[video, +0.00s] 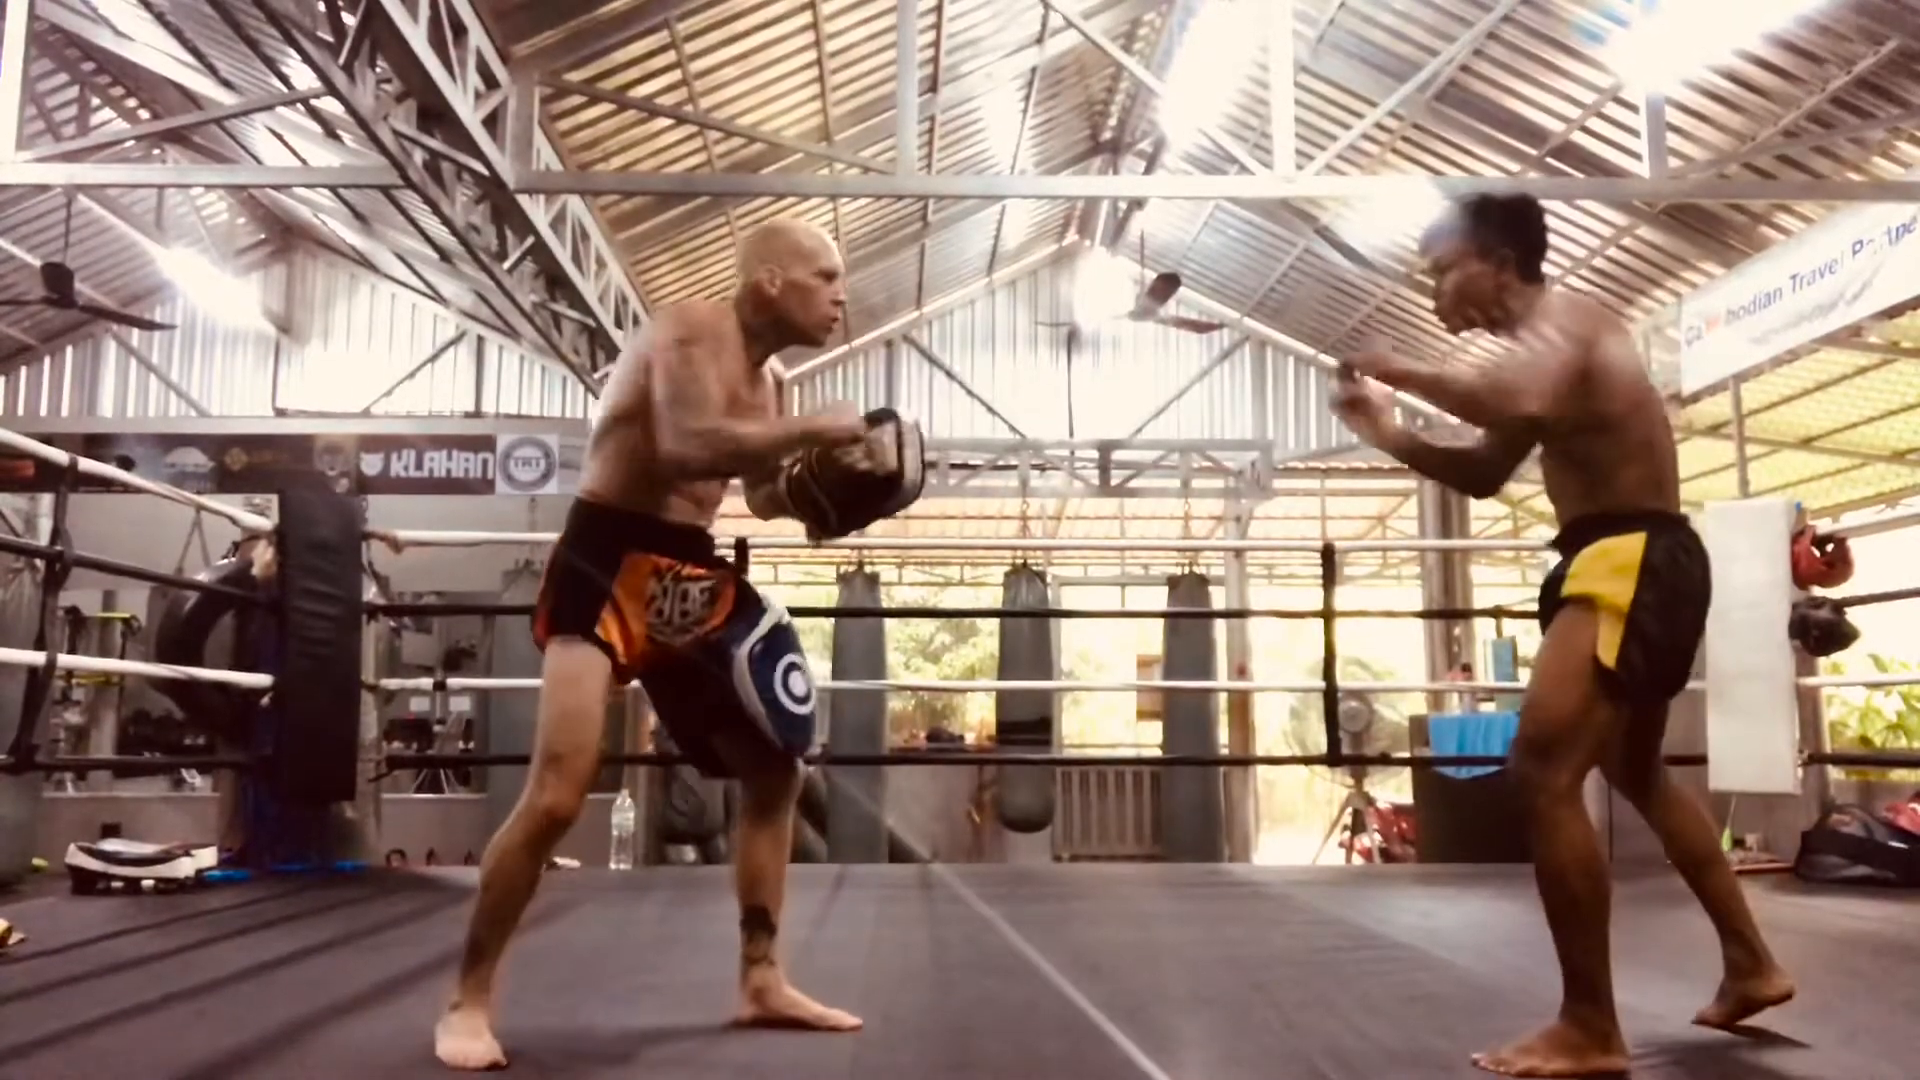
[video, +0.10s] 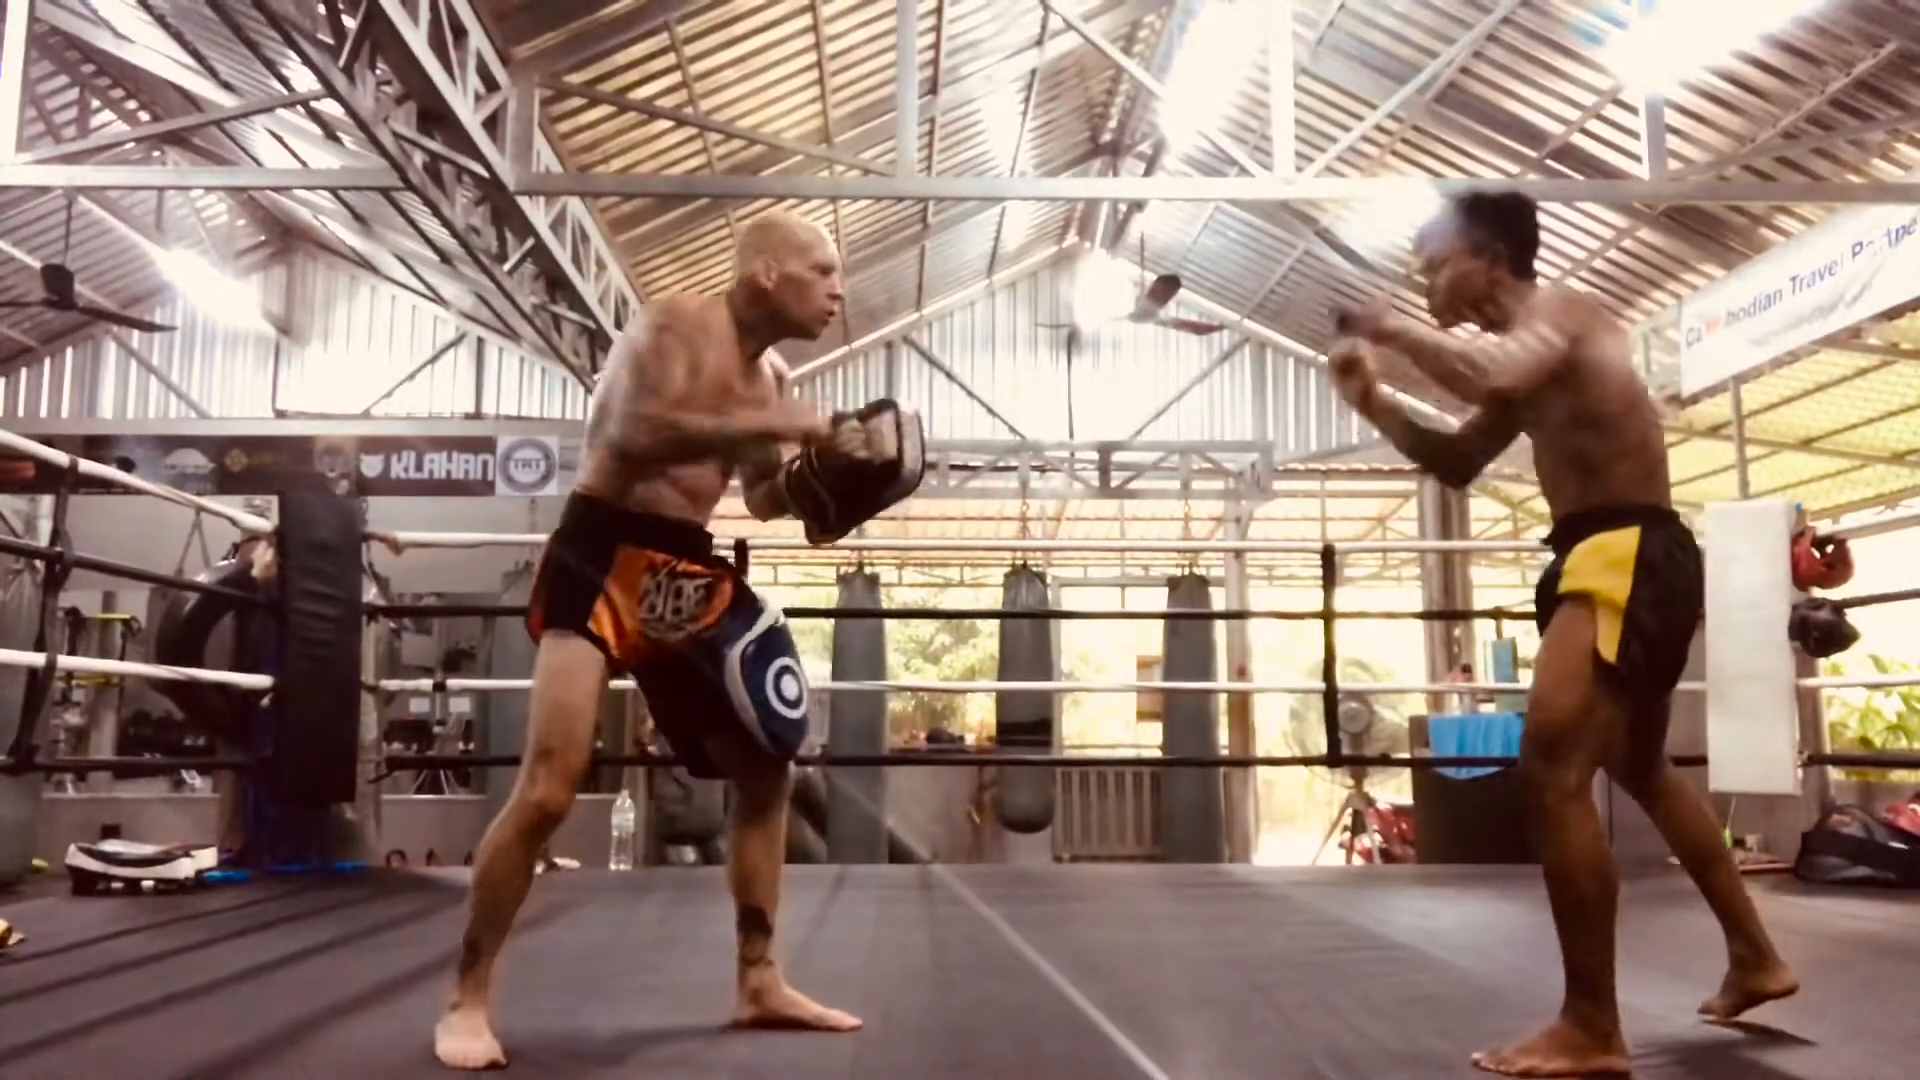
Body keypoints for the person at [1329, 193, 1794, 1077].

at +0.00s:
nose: (1437, 294)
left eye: (1446, 272)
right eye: (1432, 277)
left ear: (1501, 262)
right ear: (1504, 271)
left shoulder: (1561, 315)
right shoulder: (1547, 345)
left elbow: (1524, 397)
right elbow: (1482, 475)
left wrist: (1394, 366)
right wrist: (1388, 432)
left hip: (1623, 554)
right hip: (1652, 554)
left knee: (1546, 771)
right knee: (1638, 772)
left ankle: (1588, 1025)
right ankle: (1751, 964)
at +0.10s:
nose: (1428, 288)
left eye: (1438, 266)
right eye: (1425, 272)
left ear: (1493, 260)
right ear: (1496, 267)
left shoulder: (1555, 310)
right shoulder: (1528, 355)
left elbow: (1497, 376)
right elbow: (1455, 461)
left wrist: (1391, 328)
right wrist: (1372, 401)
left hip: (1617, 552)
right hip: (1642, 554)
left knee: (1555, 774)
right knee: (1643, 770)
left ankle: (1590, 1023)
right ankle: (1755, 957)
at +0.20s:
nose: (1430, 282)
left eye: (1440, 263)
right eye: (1428, 266)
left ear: (1491, 258)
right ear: (1496, 265)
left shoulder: (1553, 310)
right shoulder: (1527, 348)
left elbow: (1490, 376)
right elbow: (1456, 456)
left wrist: (1393, 316)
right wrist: (1386, 399)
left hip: (1611, 552)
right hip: (1630, 553)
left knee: (1558, 772)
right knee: (1649, 770)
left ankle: (1590, 1024)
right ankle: (1763, 956)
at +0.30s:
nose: (1436, 293)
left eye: (1446, 274)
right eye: (1432, 279)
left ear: (1499, 267)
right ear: (1495, 276)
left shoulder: (1550, 319)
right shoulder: (1528, 354)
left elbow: (1486, 393)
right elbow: (1460, 468)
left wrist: (1391, 348)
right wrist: (1380, 412)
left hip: (1609, 560)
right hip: (1626, 562)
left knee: (1548, 774)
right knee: (1652, 780)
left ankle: (1586, 1025)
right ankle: (1771, 964)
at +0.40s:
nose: (1430, 293)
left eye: (1441, 274)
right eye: (1427, 278)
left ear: (1493, 269)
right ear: (1490, 277)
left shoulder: (1543, 326)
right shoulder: (1519, 356)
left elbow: (1473, 406)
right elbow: (1447, 464)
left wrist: (1380, 357)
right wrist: (1350, 447)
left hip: (1608, 560)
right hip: (1619, 564)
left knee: (1518, 763)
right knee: (1653, 781)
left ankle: (1557, 1007)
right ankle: (1778, 966)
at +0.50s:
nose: (1427, 294)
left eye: (1437, 277)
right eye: (1426, 280)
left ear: (1487, 277)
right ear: (1479, 282)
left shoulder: (1541, 346)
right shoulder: (1489, 368)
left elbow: (1543, 477)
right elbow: (1389, 432)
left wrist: (1481, 414)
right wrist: (1404, 336)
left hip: (1586, 581)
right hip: (1572, 579)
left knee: (1468, 754)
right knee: (1670, 795)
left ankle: (1507, 987)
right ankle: (1785, 987)